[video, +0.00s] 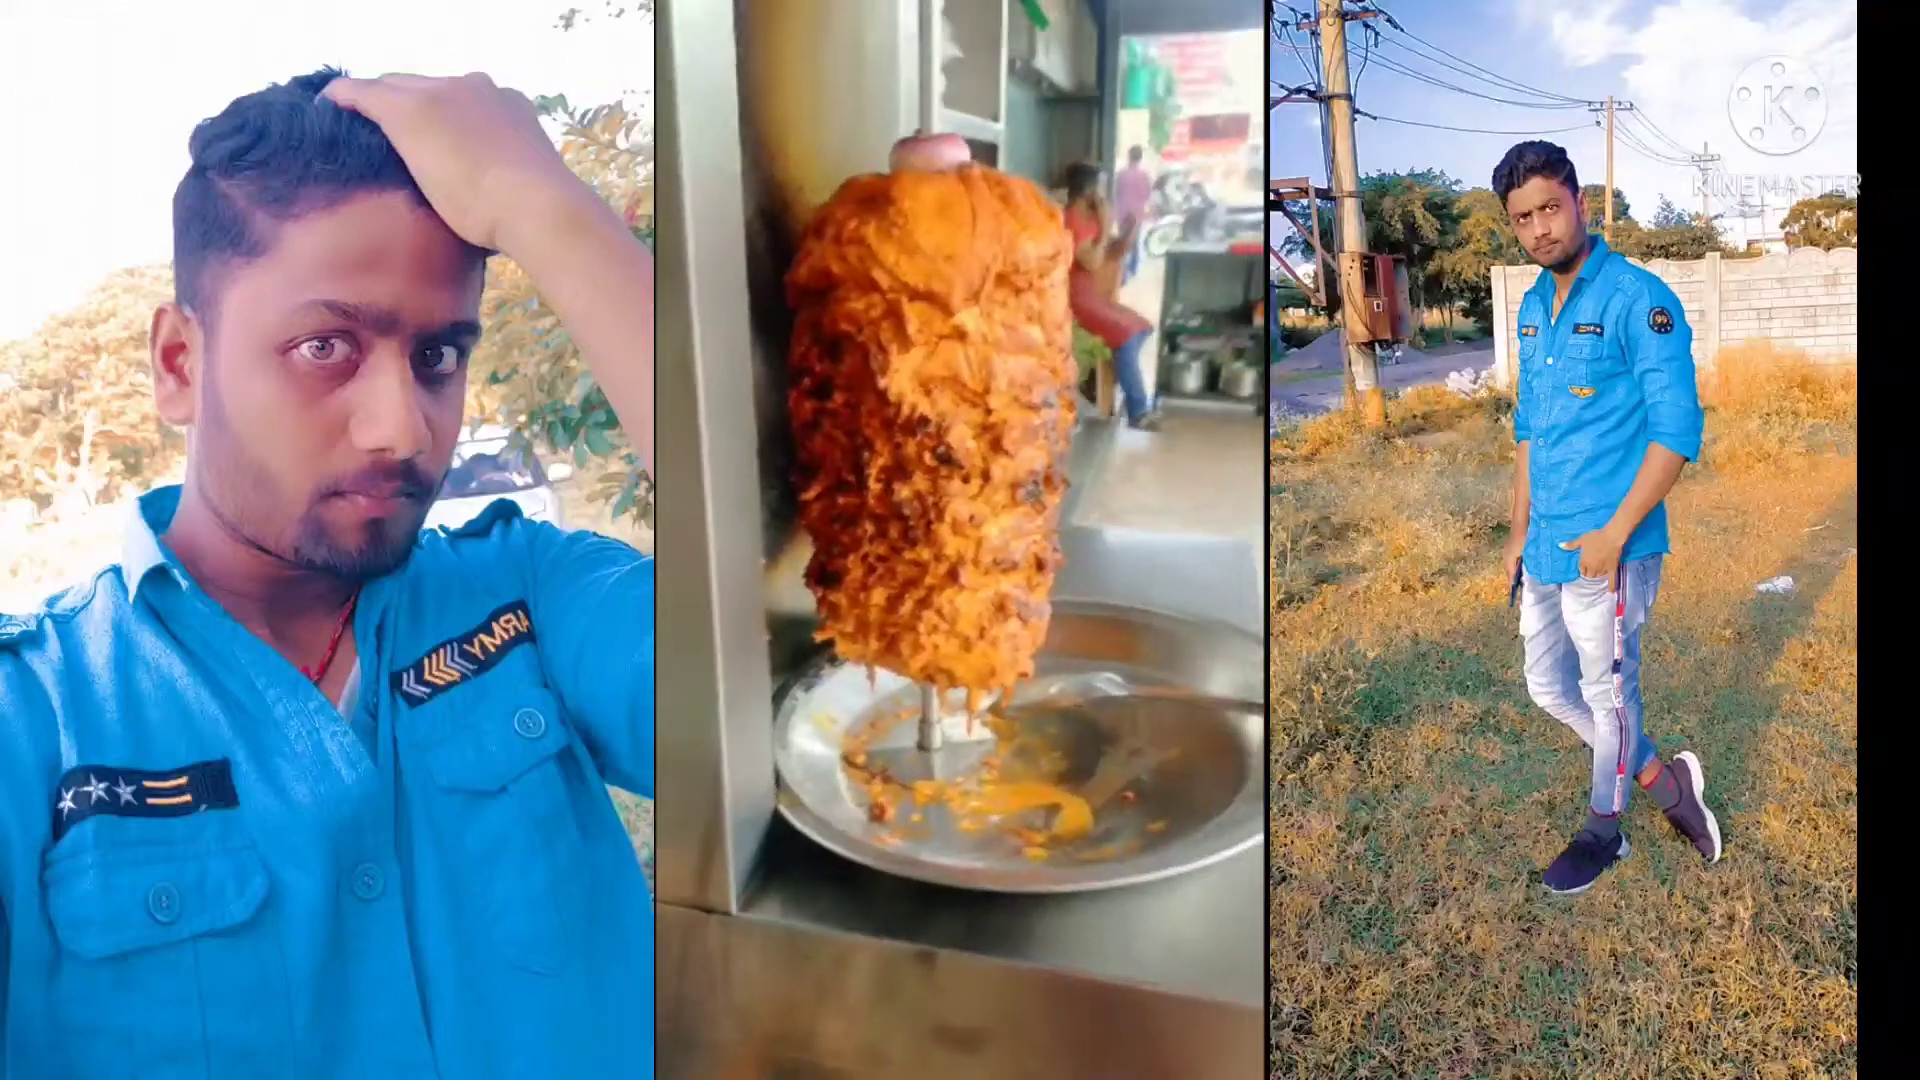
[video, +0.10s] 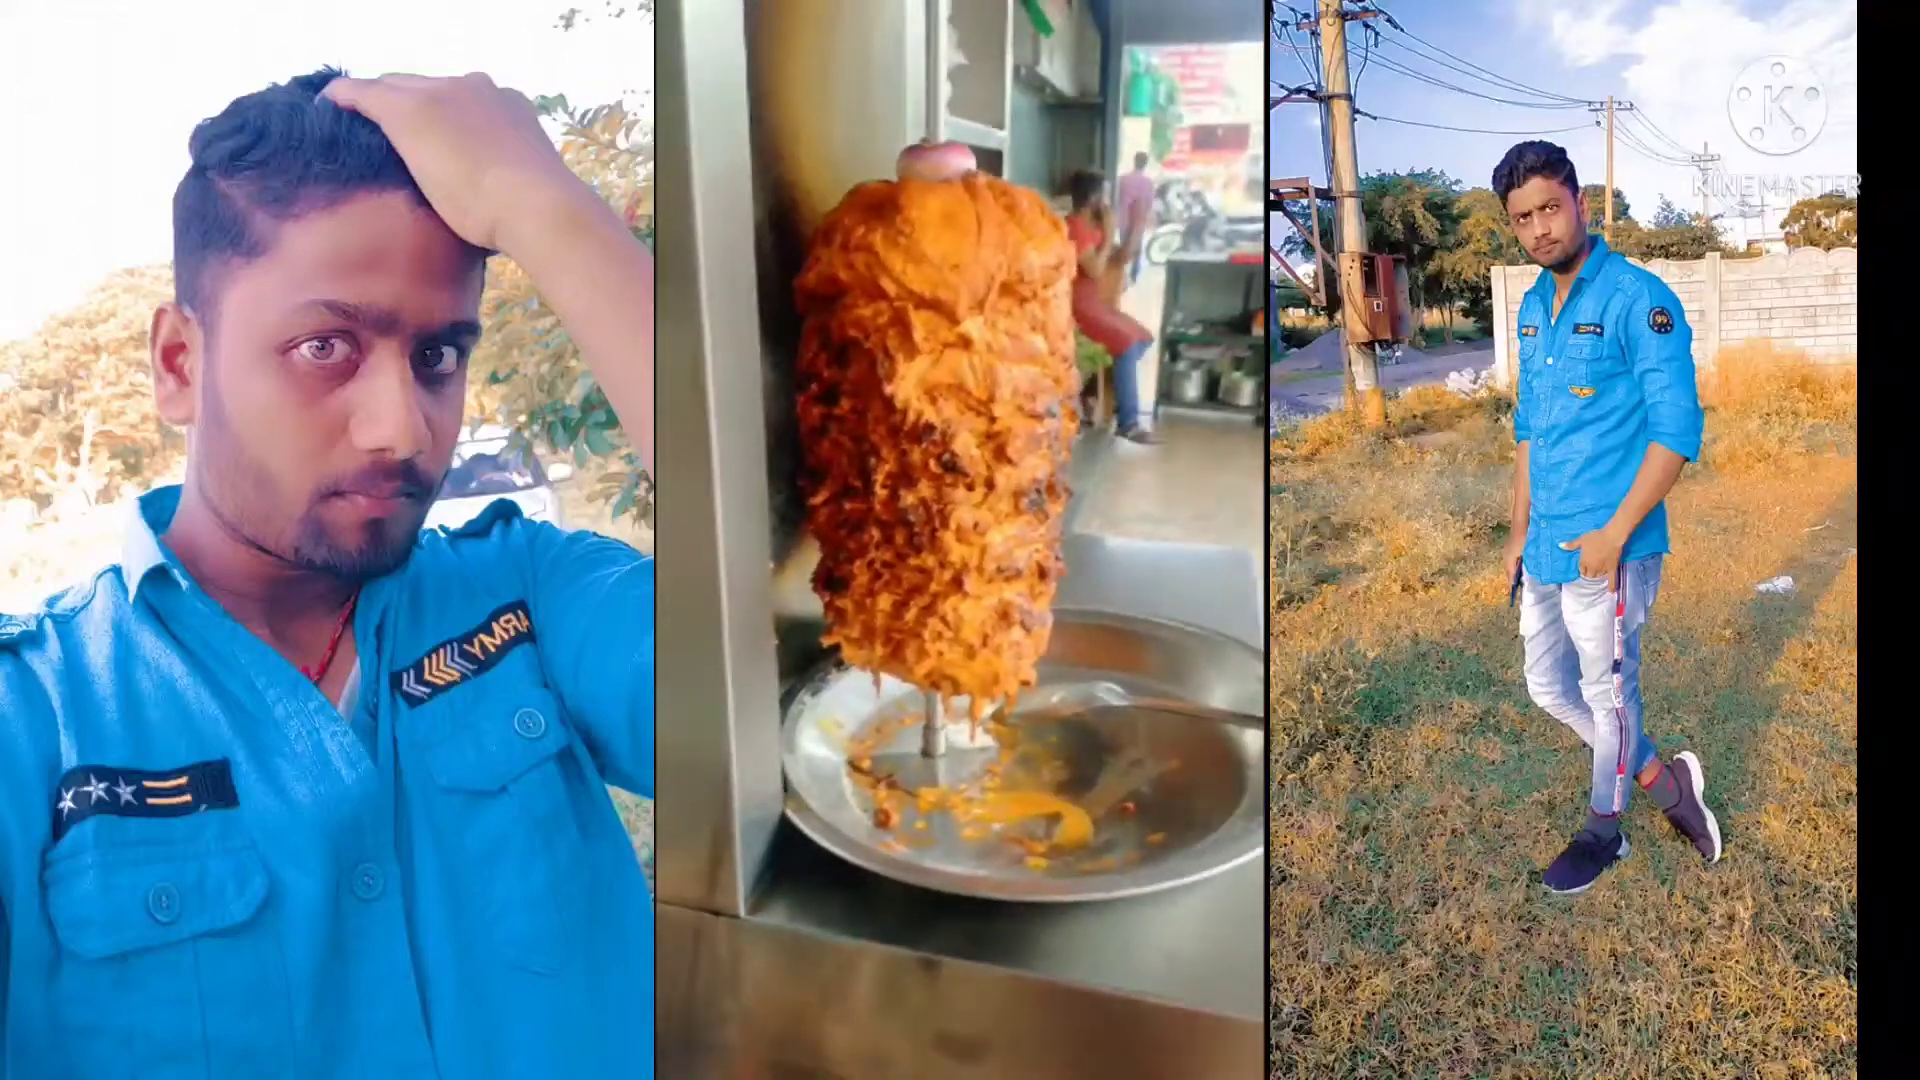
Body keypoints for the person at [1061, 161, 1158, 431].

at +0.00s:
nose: (1099, 192)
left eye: (1098, 187)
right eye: (1095, 187)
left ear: (1081, 188)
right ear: (1084, 189)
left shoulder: (1088, 214)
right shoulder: (1073, 216)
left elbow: (1108, 254)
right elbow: (1091, 261)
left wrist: (1127, 234)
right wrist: (1103, 226)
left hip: (1093, 296)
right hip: (1078, 298)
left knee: (1141, 328)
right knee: (1125, 337)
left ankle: (1138, 401)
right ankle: (1138, 410)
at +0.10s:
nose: (1104, 200)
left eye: (1104, 194)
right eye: (1100, 194)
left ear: (1085, 197)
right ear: (1089, 197)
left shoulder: (1093, 224)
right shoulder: (1075, 225)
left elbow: (1112, 260)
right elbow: (1094, 269)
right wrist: (1107, 233)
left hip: (1097, 302)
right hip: (1080, 304)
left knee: (1143, 338)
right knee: (1126, 345)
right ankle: (1128, 422)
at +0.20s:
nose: (1128, 179)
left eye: (1128, 173)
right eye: (1125, 173)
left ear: (1105, 175)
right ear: (1115, 175)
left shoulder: (1115, 203)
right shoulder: (1098, 204)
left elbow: (1141, 238)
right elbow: (1119, 247)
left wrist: (1158, 210)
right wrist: (1131, 211)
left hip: (1120, 283)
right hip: (1104, 285)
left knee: (1168, 318)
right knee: (1149, 325)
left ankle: (1119, 369)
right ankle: (1151, 404)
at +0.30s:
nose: (1127, 158)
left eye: (1127, 152)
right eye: (1124, 153)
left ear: (1104, 155)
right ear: (1113, 156)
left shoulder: (1115, 183)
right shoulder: (1097, 184)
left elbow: (1146, 215)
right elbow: (1118, 226)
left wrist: (1159, 180)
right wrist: (1130, 189)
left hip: (1118, 262)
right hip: (1101, 264)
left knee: (1168, 296)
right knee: (1149, 305)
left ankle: (1129, 348)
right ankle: (1154, 384)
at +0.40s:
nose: (1138, 167)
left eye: (1137, 160)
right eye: (1133, 161)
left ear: (1117, 166)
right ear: (1120, 165)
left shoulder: (1123, 192)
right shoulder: (1105, 193)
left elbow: (1156, 222)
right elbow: (1130, 232)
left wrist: (1166, 186)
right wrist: (1140, 194)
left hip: (1126, 270)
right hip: (1107, 273)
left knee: (1181, 302)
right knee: (1162, 311)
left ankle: (1138, 356)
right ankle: (1171, 391)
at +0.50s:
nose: (1122, 171)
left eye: (1121, 165)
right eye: (1117, 165)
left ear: (1102, 170)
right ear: (1104, 169)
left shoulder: (1108, 197)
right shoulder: (1089, 198)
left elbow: (1141, 226)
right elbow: (1114, 236)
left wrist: (1150, 191)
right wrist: (1124, 199)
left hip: (1110, 273)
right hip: (1090, 276)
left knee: (1166, 306)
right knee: (1146, 315)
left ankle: (1123, 362)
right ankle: (1154, 395)